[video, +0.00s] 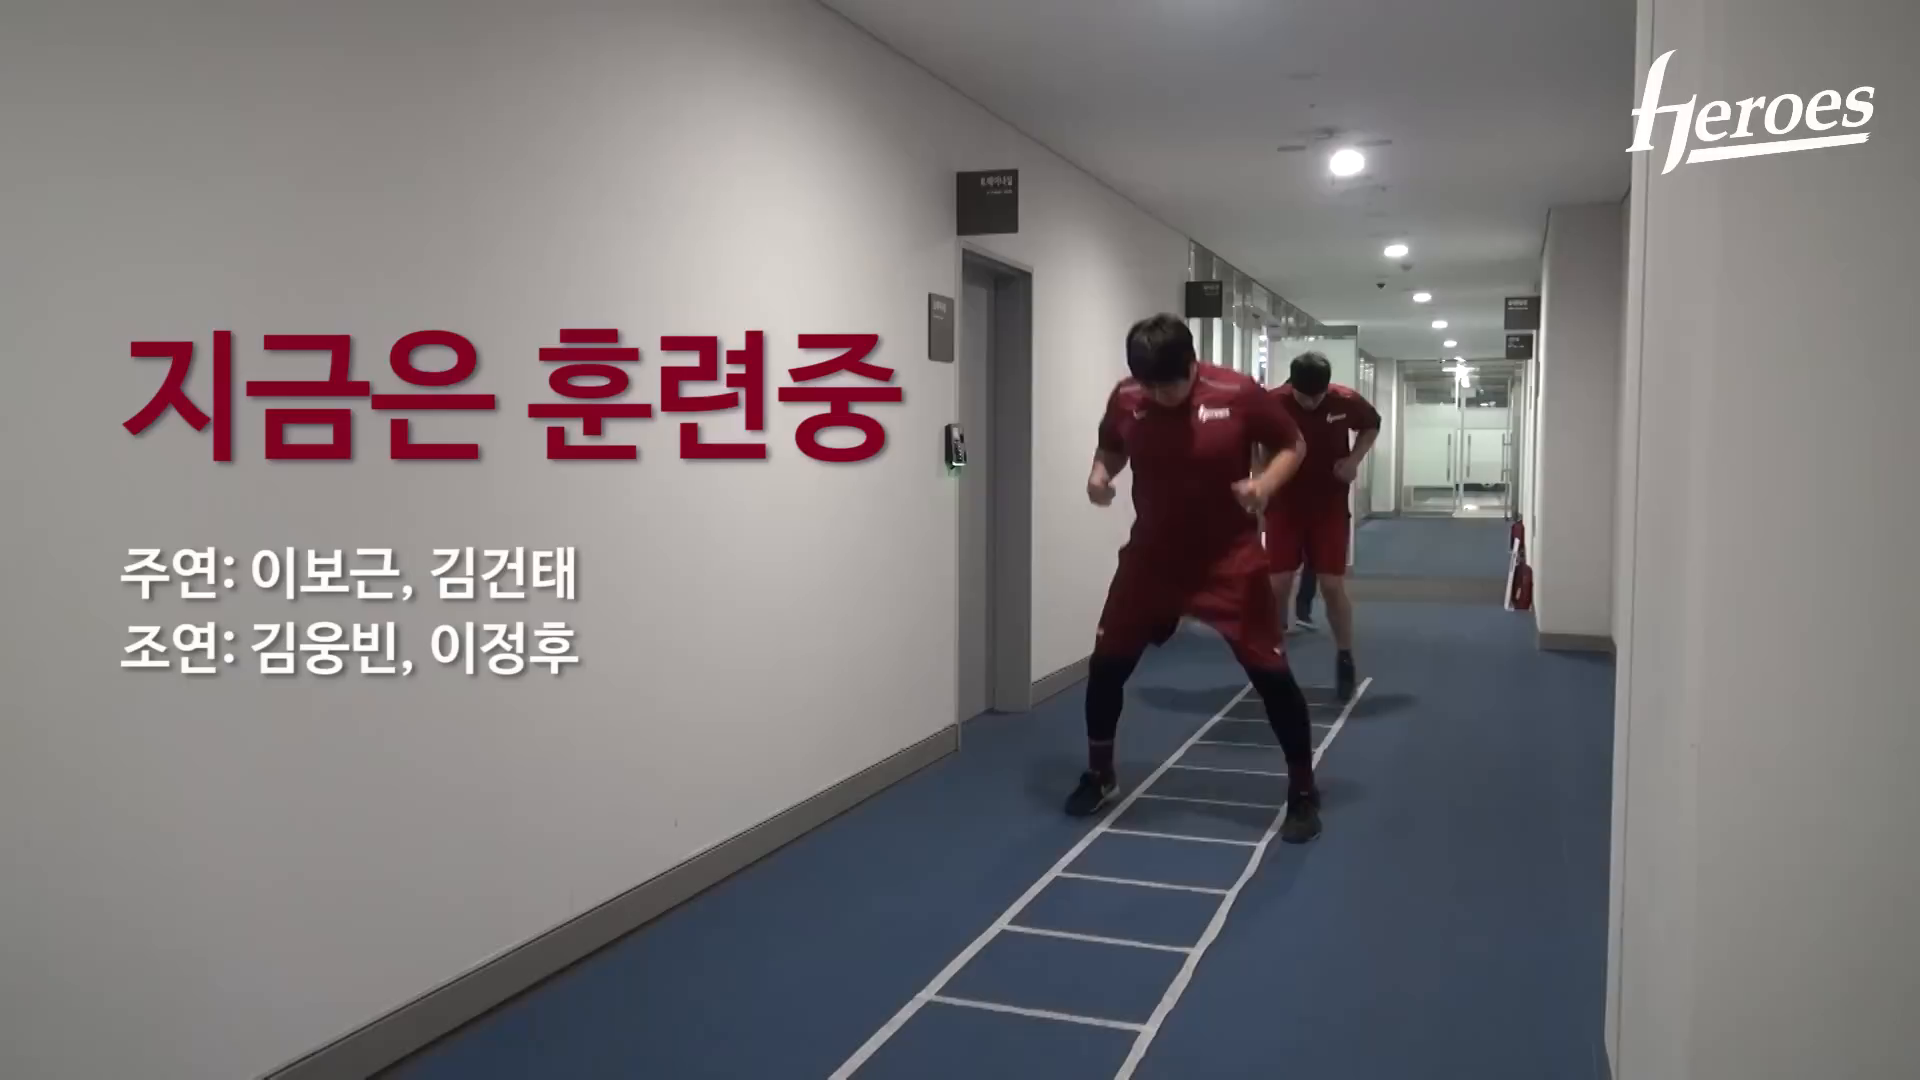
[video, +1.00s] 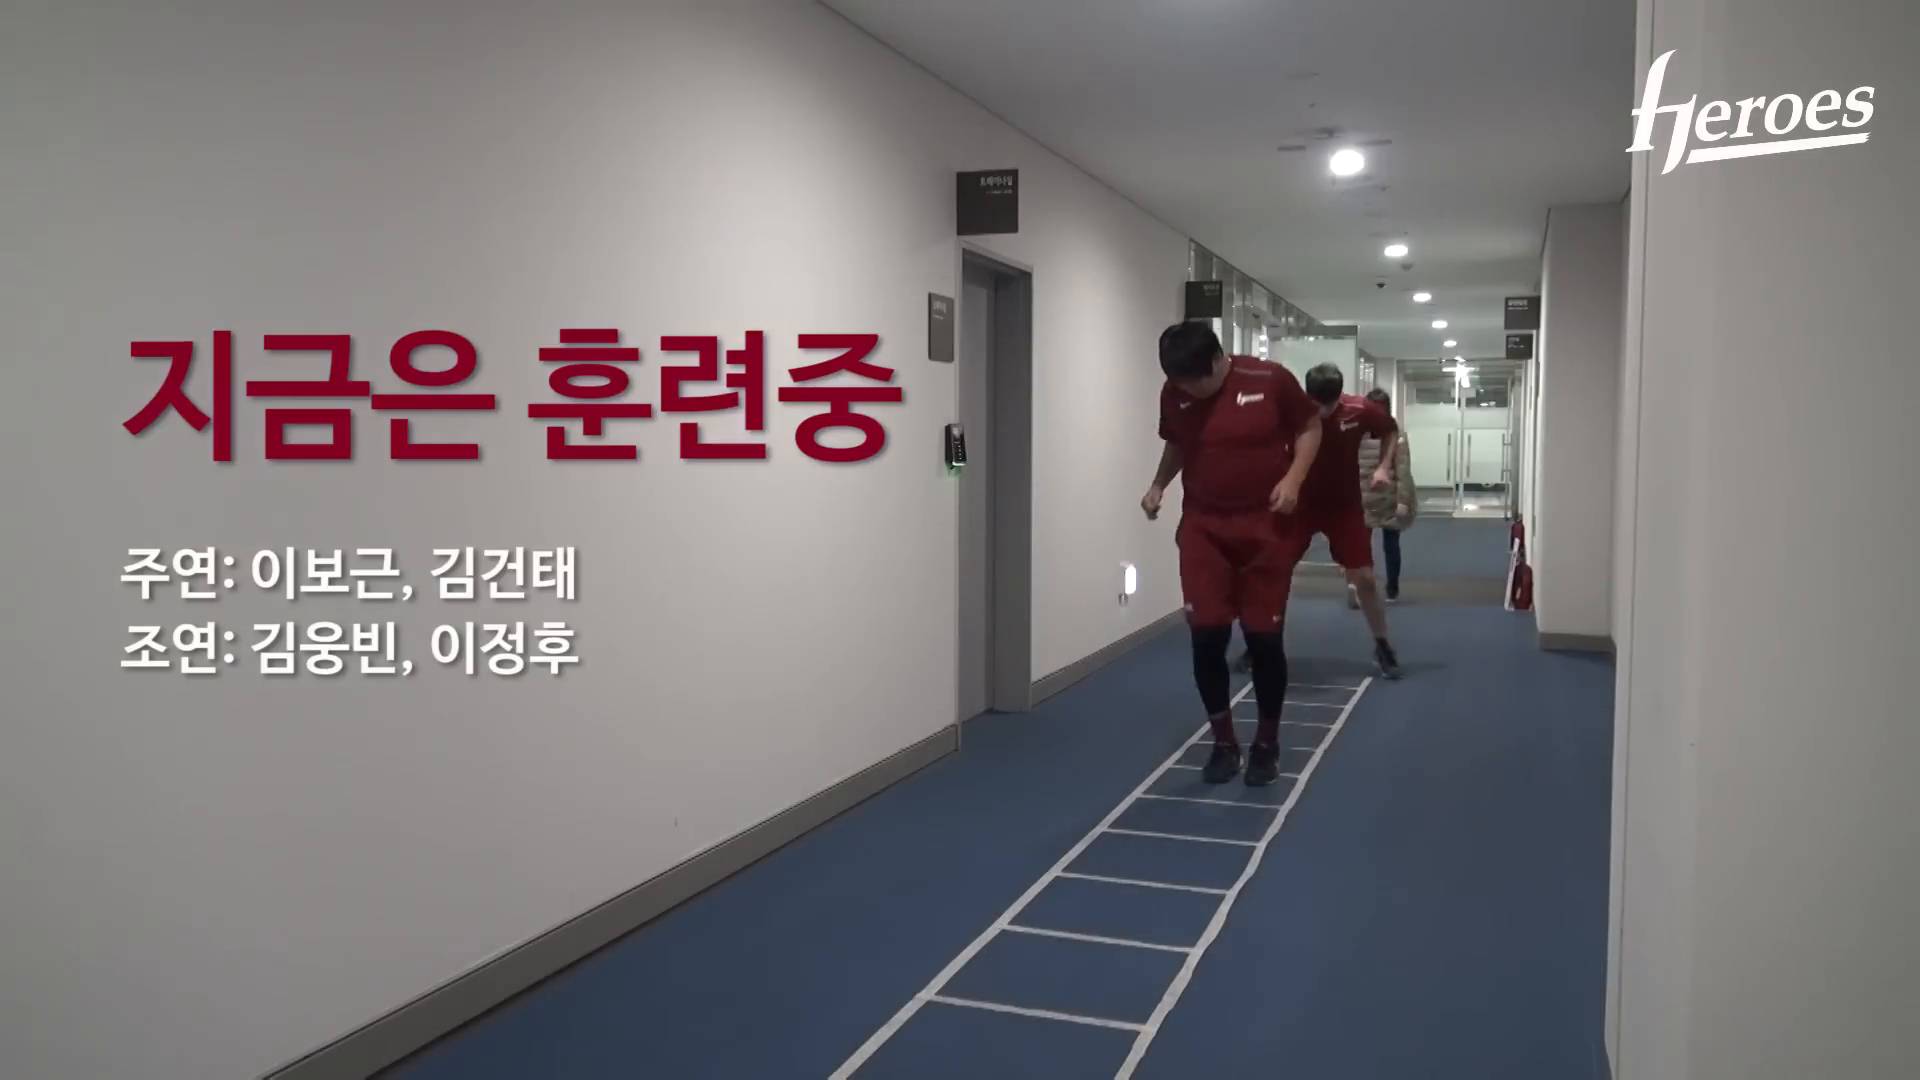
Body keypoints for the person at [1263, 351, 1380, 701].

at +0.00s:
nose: (1310, 403)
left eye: (1316, 397)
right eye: (1304, 397)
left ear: (1327, 387)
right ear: (1292, 385)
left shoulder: (1345, 401)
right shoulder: (1272, 403)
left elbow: (1371, 424)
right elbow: (1250, 438)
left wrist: (1354, 459)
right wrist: (1259, 476)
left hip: (1329, 507)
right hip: (1284, 506)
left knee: (1331, 585)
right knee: (1278, 586)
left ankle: (1344, 658)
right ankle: (1273, 659)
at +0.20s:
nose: (1316, 407)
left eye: (1323, 402)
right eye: (1310, 401)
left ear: (1334, 391)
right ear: (1300, 389)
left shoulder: (1352, 405)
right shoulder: (1284, 405)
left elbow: (1376, 435)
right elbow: (1264, 441)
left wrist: (1363, 468)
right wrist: (1266, 478)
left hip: (1336, 504)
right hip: (1291, 503)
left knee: (1344, 580)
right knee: (1282, 577)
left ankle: (1348, 657)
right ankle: (1279, 654)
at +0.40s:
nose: (1323, 421)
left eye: (1329, 416)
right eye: (1317, 415)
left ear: (1340, 407)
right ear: (1307, 405)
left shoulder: (1358, 425)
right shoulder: (1291, 424)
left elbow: (1385, 450)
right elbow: (1264, 454)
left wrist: (1379, 489)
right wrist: (1261, 498)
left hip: (1341, 526)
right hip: (1294, 524)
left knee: (1364, 598)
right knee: (1268, 597)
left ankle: (1397, 659)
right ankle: (1240, 661)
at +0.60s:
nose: (1325, 408)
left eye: (1332, 404)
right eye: (1320, 403)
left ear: (1343, 393)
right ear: (1309, 391)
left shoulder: (1360, 405)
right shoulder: (1292, 404)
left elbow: (1386, 431)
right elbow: (1265, 428)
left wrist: (1371, 463)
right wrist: (1276, 461)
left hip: (1341, 501)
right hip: (1297, 499)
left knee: (1350, 579)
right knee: (1281, 577)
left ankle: (1372, 649)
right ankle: (1279, 653)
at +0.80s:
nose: (1324, 414)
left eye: (1330, 408)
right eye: (1318, 408)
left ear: (1340, 398)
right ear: (1308, 397)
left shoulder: (1357, 416)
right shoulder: (1295, 416)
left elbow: (1385, 449)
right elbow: (1272, 452)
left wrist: (1376, 478)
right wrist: (1278, 489)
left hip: (1342, 512)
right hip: (1302, 511)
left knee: (1338, 584)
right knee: (1303, 582)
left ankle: (1337, 650)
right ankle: (1307, 649)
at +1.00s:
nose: (1320, 414)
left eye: (1327, 407)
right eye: (1314, 407)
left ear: (1338, 398)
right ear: (1305, 396)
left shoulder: (1360, 410)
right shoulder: (1295, 414)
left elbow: (1390, 430)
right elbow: (1272, 450)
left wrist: (1384, 466)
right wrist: (1282, 483)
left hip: (1344, 508)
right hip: (1299, 506)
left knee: (1365, 578)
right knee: (1274, 576)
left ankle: (1383, 647)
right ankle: (1260, 647)